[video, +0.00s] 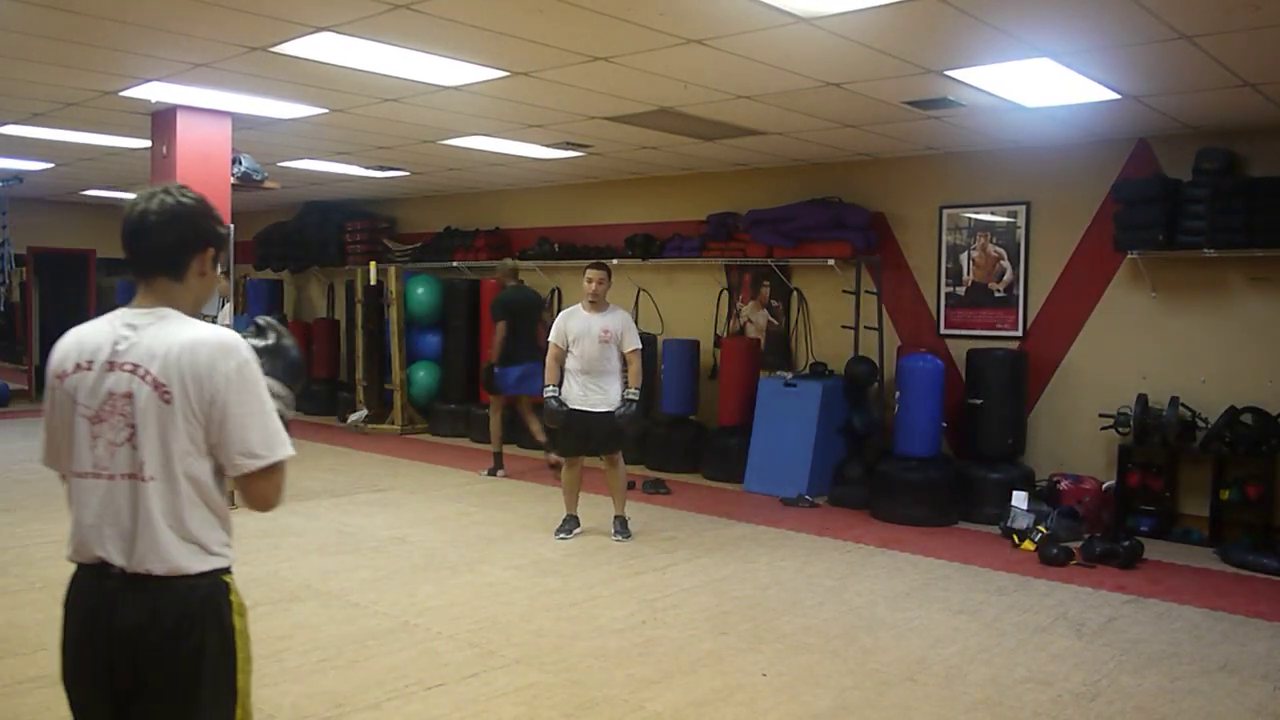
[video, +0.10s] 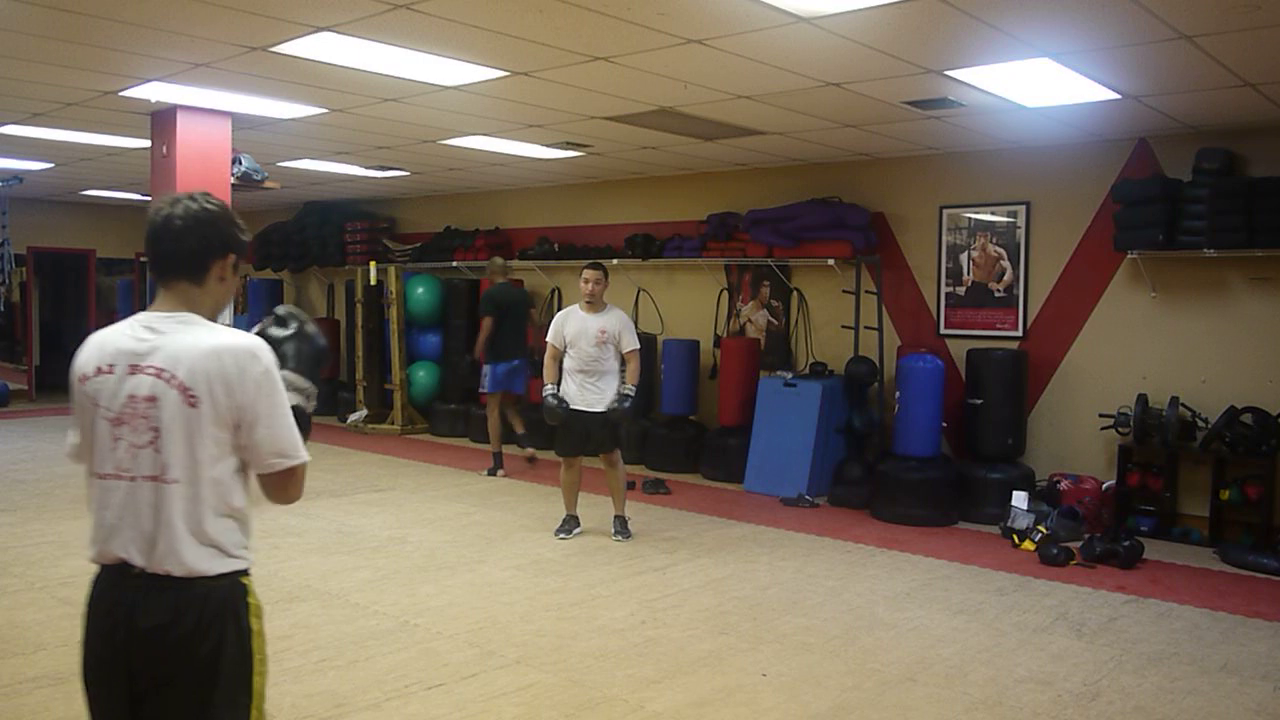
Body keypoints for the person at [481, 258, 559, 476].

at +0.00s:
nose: (497, 281)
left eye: (498, 277)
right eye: (498, 277)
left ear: (503, 278)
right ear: (517, 276)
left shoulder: (502, 299)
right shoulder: (533, 295)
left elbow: (501, 331)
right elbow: (548, 324)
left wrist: (494, 360)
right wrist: (544, 349)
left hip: (508, 361)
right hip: (532, 359)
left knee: (496, 408)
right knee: (526, 407)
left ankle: (498, 464)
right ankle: (549, 449)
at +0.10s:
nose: (489, 277)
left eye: (489, 274)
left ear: (490, 274)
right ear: (507, 272)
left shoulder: (490, 295)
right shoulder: (521, 293)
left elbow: (487, 325)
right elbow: (535, 320)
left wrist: (478, 350)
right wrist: (534, 345)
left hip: (496, 358)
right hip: (518, 356)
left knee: (493, 408)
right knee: (509, 404)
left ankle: (497, 463)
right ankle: (525, 442)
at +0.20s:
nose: (480, 277)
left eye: (479, 274)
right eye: (484, 273)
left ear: (480, 274)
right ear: (497, 273)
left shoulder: (480, 294)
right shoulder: (510, 292)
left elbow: (475, 325)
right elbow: (525, 320)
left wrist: (462, 349)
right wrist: (527, 350)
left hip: (488, 357)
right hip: (508, 355)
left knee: (489, 407)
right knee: (494, 404)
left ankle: (497, 461)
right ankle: (499, 448)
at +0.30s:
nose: (472, 278)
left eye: (472, 275)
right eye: (476, 274)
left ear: (472, 276)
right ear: (488, 276)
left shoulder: (470, 296)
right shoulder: (500, 295)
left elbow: (463, 326)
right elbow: (515, 322)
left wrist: (448, 347)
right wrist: (518, 352)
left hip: (479, 357)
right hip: (499, 355)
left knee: (485, 405)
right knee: (480, 402)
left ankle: (497, 460)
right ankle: (476, 445)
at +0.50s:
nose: (451, 277)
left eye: (453, 274)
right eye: (454, 273)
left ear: (455, 276)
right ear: (469, 276)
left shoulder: (453, 295)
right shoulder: (482, 295)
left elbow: (450, 325)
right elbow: (496, 325)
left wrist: (432, 349)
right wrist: (497, 353)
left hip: (459, 358)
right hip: (479, 356)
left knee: (458, 404)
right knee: (464, 404)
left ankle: (484, 447)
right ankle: (459, 453)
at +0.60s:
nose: (440, 278)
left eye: (441, 275)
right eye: (441, 274)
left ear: (449, 274)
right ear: (460, 275)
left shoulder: (449, 294)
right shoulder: (474, 294)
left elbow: (446, 324)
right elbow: (487, 324)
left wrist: (430, 348)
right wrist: (487, 350)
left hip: (450, 356)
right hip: (471, 355)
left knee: (439, 403)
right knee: (461, 402)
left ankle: (465, 437)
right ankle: (459, 453)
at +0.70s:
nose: (430, 283)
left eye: (431, 279)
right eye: (429, 279)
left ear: (438, 276)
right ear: (446, 274)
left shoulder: (440, 294)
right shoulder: (464, 291)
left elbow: (442, 321)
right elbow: (478, 322)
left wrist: (430, 345)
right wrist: (475, 345)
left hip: (445, 353)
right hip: (464, 352)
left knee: (428, 396)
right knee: (457, 400)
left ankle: (443, 438)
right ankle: (459, 449)